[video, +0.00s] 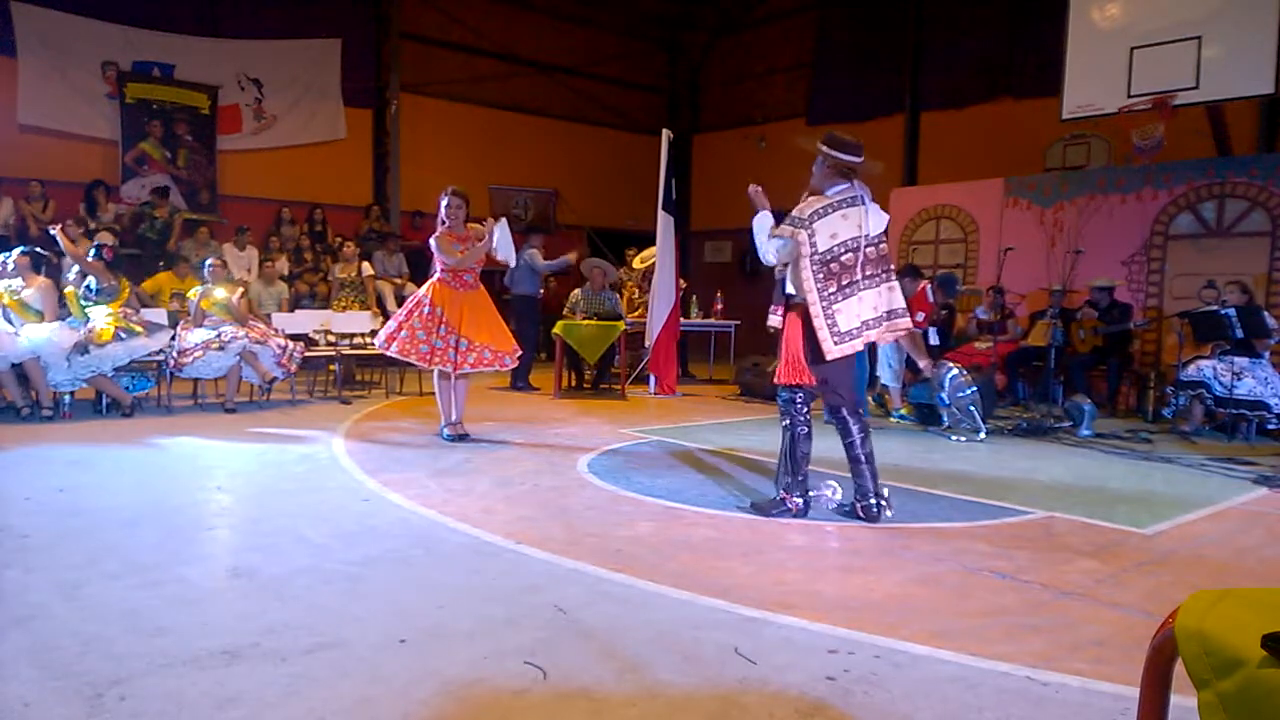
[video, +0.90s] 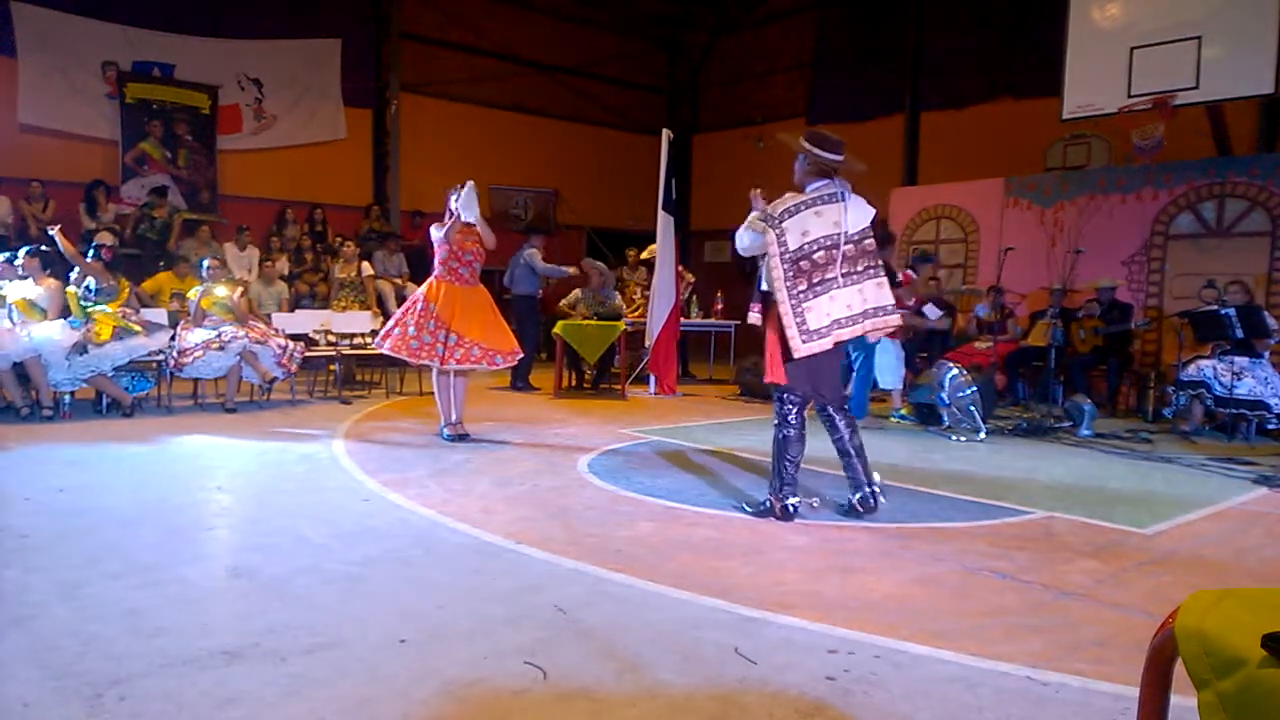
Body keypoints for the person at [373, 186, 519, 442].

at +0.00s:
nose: (452, 212)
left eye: (457, 207)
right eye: (447, 207)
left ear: (466, 211)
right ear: (441, 211)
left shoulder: (476, 231)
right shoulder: (438, 240)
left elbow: (497, 256)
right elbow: (457, 262)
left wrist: (496, 233)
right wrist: (486, 243)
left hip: (469, 303)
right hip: (444, 303)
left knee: (463, 365)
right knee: (443, 365)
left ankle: (458, 421)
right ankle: (446, 421)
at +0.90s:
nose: (458, 210)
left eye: (462, 206)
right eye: (455, 205)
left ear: (469, 209)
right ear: (448, 207)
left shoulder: (478, 233)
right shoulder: (438, 229)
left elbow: (492, 243)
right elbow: (442, 237)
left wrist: (476, 216)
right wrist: (454, 219)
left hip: (469, 298)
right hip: (442, 296)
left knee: (461, 364)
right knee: (442, 364)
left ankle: (458, 420)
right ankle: (446, 421)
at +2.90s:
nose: (463, 208)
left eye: (468, 203)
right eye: (459, 205)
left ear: (472, 208)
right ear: (452, 208)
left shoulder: (481, 236)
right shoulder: (440, 232)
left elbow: (481, 226)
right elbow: (437, 222)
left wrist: (463, 200)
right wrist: (445, 197)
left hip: (469, 295)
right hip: (443, 294)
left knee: (463, 364)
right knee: (443, 363)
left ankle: (458, 421)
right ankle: (445, 422)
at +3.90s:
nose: (456, 207)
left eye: (461, 204)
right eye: (452, 204)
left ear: (468, 210)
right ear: (444, 208)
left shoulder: (476, 236)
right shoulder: (437, 233)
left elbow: (487, 222)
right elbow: (433, 225)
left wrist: (466, 198)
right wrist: (444, 198)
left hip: (468, 296)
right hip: (441, 295)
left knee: (461, 364)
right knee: (442, 364)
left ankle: (458, 421)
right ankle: (445, 421)